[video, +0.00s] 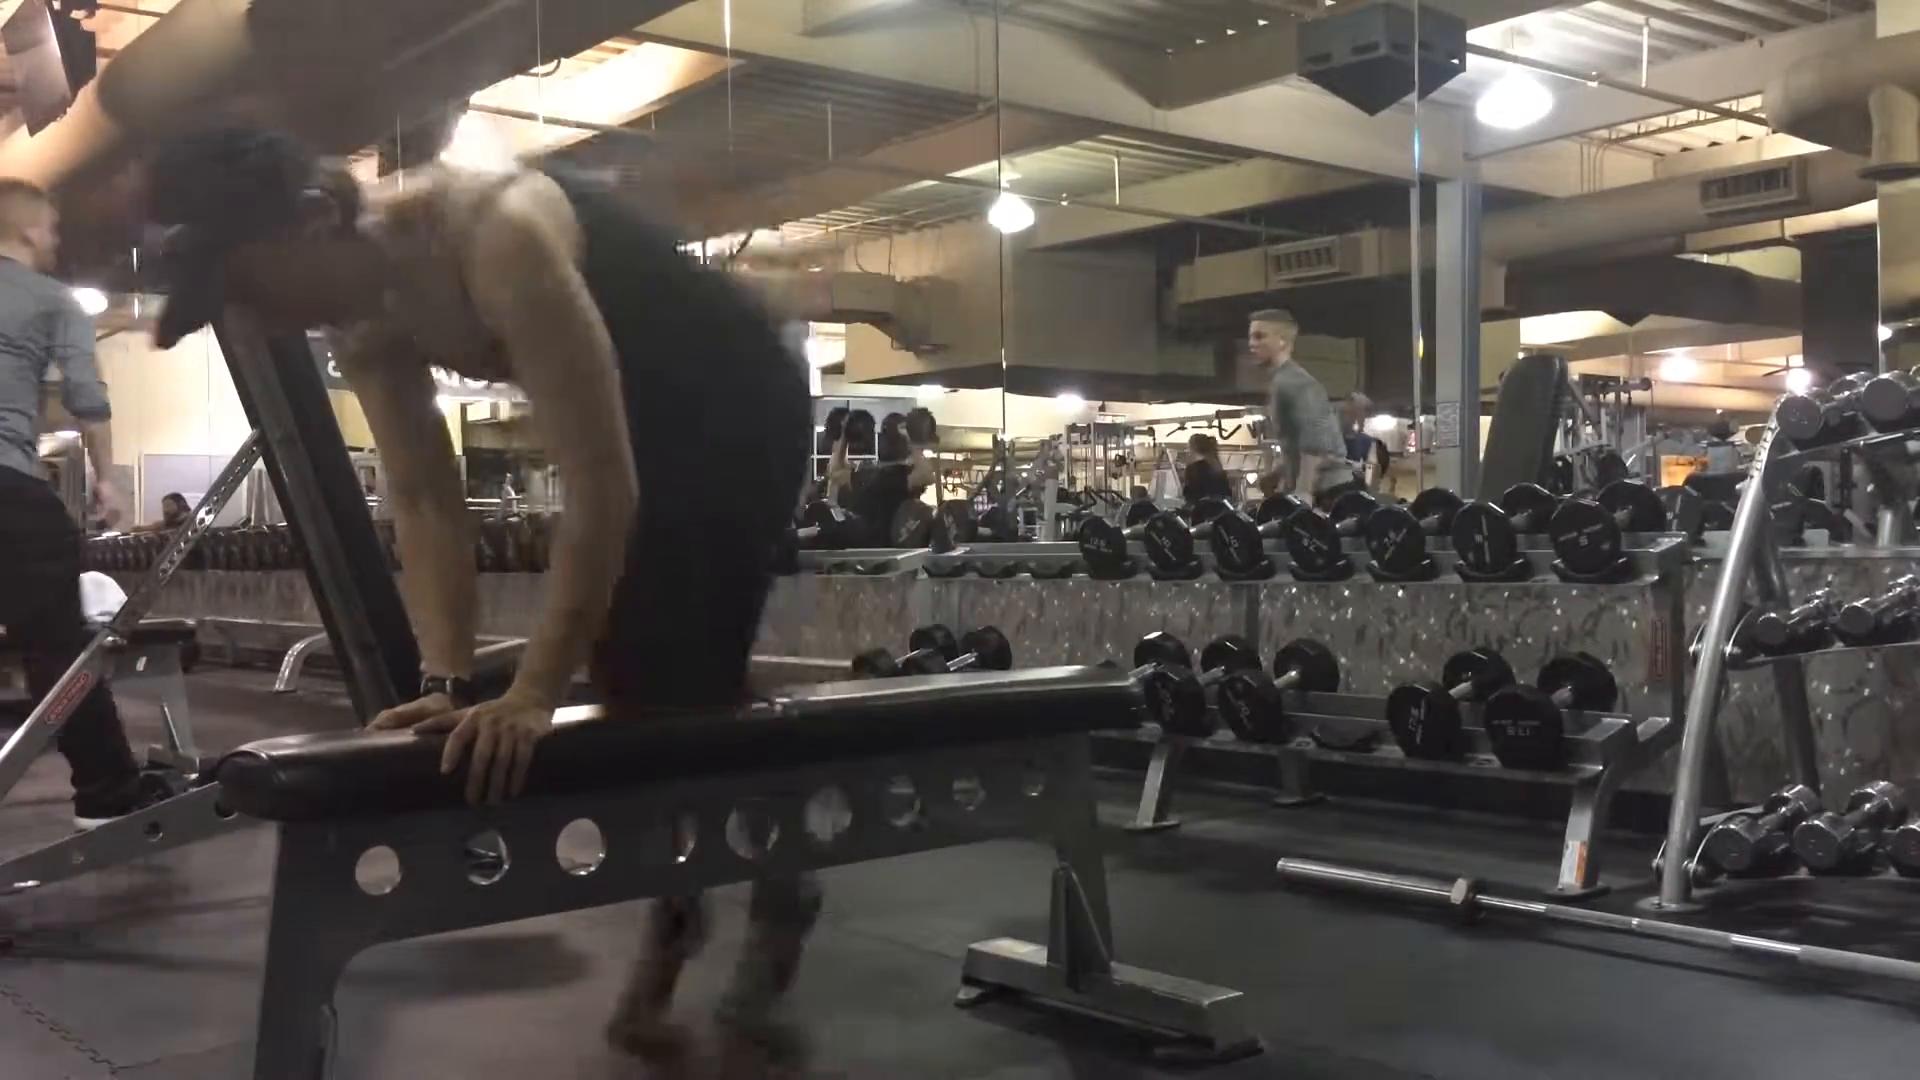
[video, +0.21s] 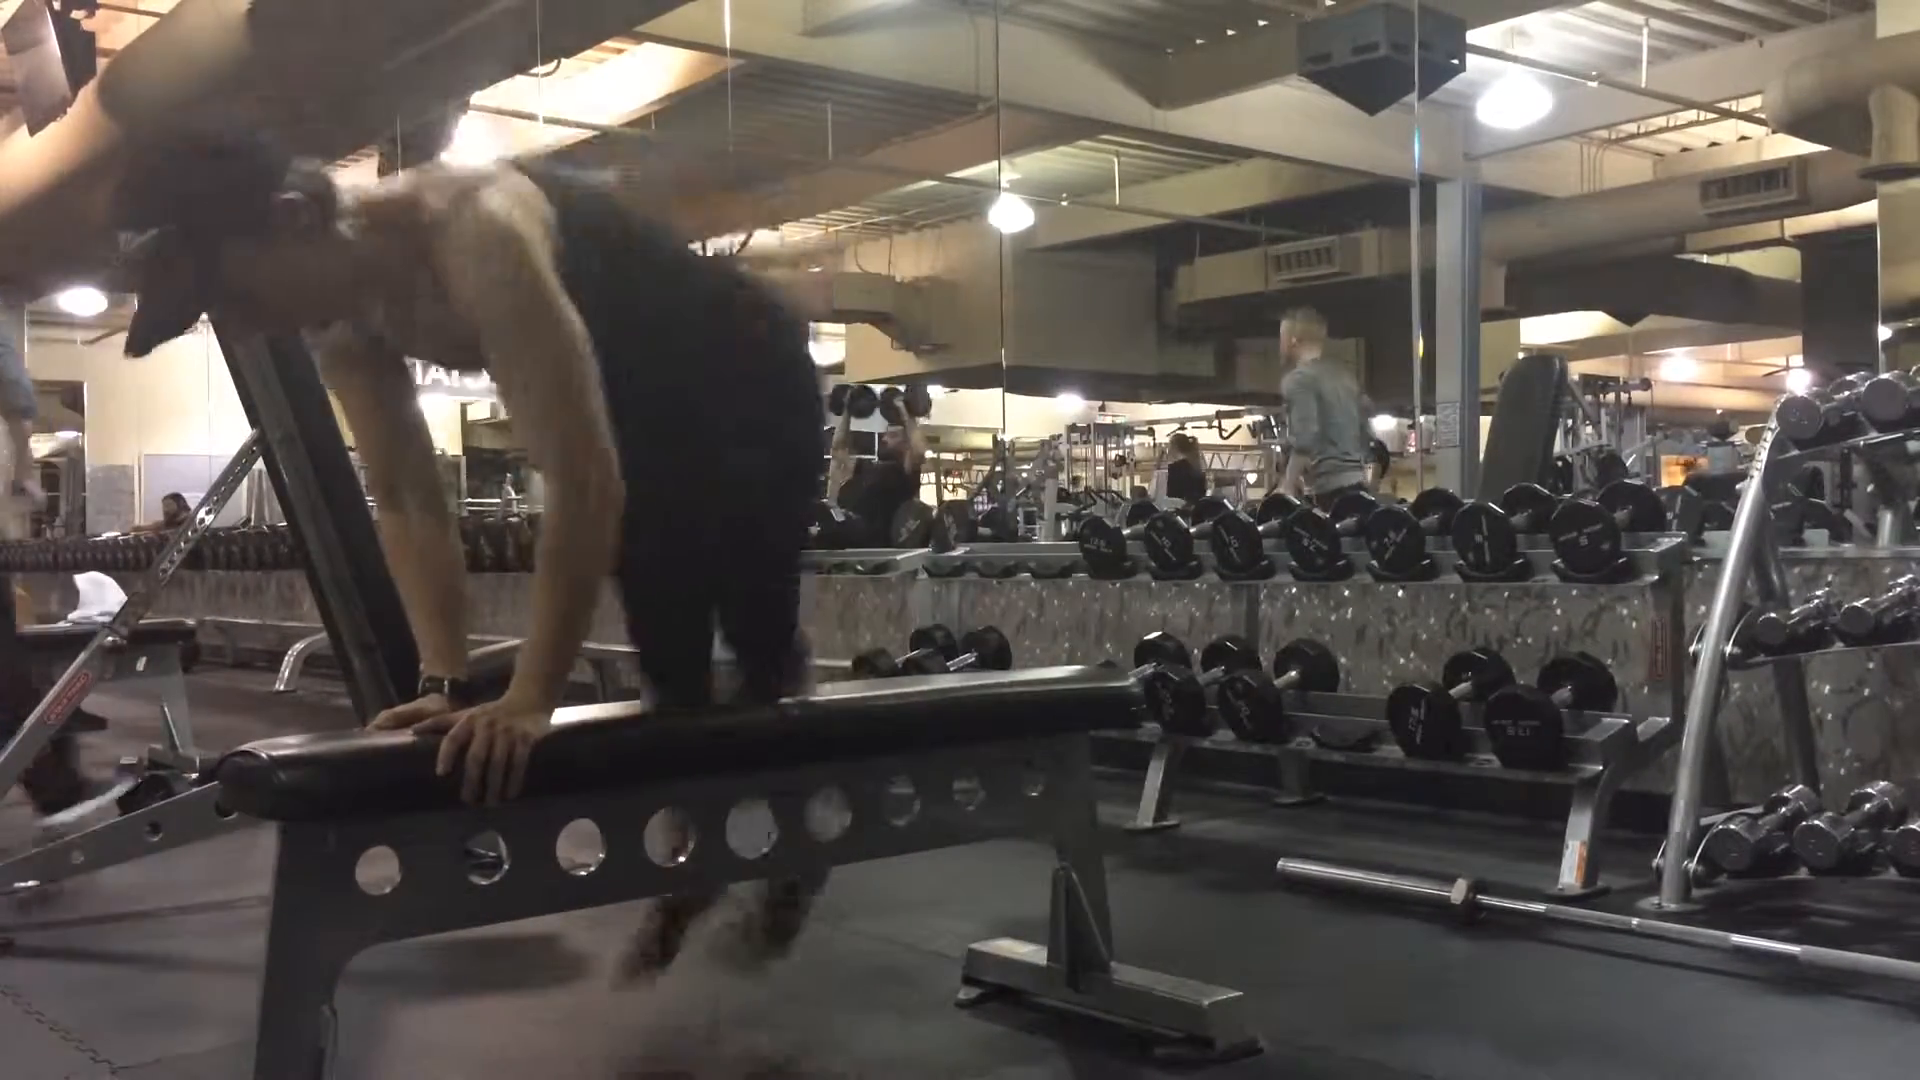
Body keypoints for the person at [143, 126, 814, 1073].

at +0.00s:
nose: (262, 320)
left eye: (253, 285)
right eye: (240, 301)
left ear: (314, 216)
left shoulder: (501, 227)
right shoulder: (364, 313)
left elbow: (603, 482)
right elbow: (422, 489)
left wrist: (531, 691)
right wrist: (446, 679)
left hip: (734, 385)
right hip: (627, 411)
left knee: (697, 672)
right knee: (620, 667)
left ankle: (779, 873)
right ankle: (674, 886)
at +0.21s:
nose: (249, 324)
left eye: (240, 296)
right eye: (227, 310)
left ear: (299, 216)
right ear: (296, 225)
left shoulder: (482, 230)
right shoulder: (340, 306)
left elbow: (586, 481)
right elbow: (407, 491)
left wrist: (528, 697)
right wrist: (443, 680)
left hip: (749, 374)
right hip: (637, 409)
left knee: (761, 638)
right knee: (669, 658)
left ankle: (793, 837)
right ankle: (695, 850)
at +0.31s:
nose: (243, 335)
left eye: (232, 303)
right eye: (220, 320)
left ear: (285, 217)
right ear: (280, 223)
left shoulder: (471, 209)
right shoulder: (345, 281)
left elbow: (553, 475)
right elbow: (407, 484)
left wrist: (526, 698)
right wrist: (446, 677)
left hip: (758, 240)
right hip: (647, 280)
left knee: (735, 519)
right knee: (641, 529)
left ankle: (856, 609)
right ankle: (816, 604)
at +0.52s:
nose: (271, 345)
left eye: (252, 318)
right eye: (243, 335)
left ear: (293, 228)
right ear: (286, 231)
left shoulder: (474, 214)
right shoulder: (374, 262)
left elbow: (557, 476)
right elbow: (424, 481)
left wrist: (522, 699)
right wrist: (443, 678)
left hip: (805, 189)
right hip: (705, 245)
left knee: (770, 462)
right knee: (687, 506)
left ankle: (981, 334)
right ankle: (901, 382)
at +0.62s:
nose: (251, 332)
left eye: (234, 305)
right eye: (228, 322)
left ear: (276, 222)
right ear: (272, 228)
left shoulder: (466, 211)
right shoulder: (374, 278)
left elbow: (550, 464)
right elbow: (429, 479)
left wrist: (526, 690)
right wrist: (444, 675)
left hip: (819, 196)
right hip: (740, 251)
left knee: (799, 495)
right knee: (745, 520)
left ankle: (1090, 541)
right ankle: (1026, 548)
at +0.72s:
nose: (248, 315)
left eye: (233, 283)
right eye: (226, 300)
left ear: (290, 206)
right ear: (278, 222)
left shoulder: (476, 216)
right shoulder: (399, 277)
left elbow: (562, 480)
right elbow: (445, 484)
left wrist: (528, 697)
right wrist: (448, 678)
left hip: (857, 278)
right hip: (788, 316)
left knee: (917, 609)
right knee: (866, 624)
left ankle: (1146, 859)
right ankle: (1095, 839)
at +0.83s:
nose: (327, 311)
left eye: (317, 281)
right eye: (308, 297)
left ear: (373, 210)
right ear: (354, 234)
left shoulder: (541, 244)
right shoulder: (458, 304)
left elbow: (613, 496)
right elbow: (491, 505)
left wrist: (530, 702)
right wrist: (456, 684)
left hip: (896, 474)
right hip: (840, 506)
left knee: (932, 809)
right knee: (915, 786)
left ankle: (1205, 1045)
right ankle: (1076, 965)